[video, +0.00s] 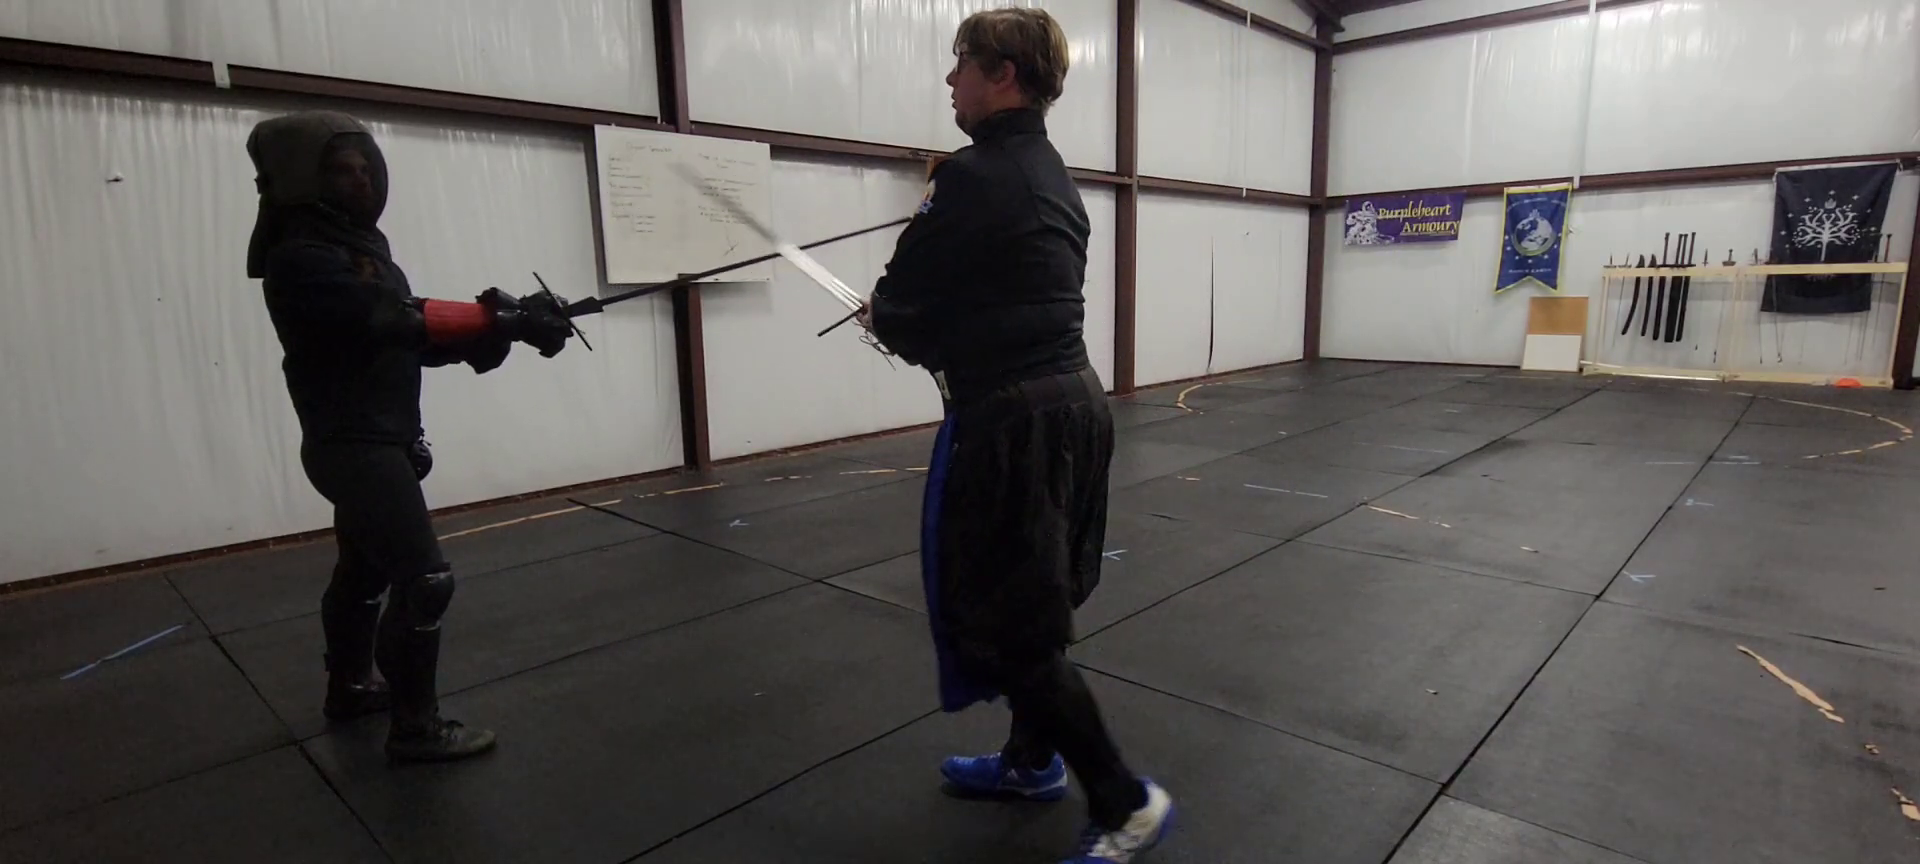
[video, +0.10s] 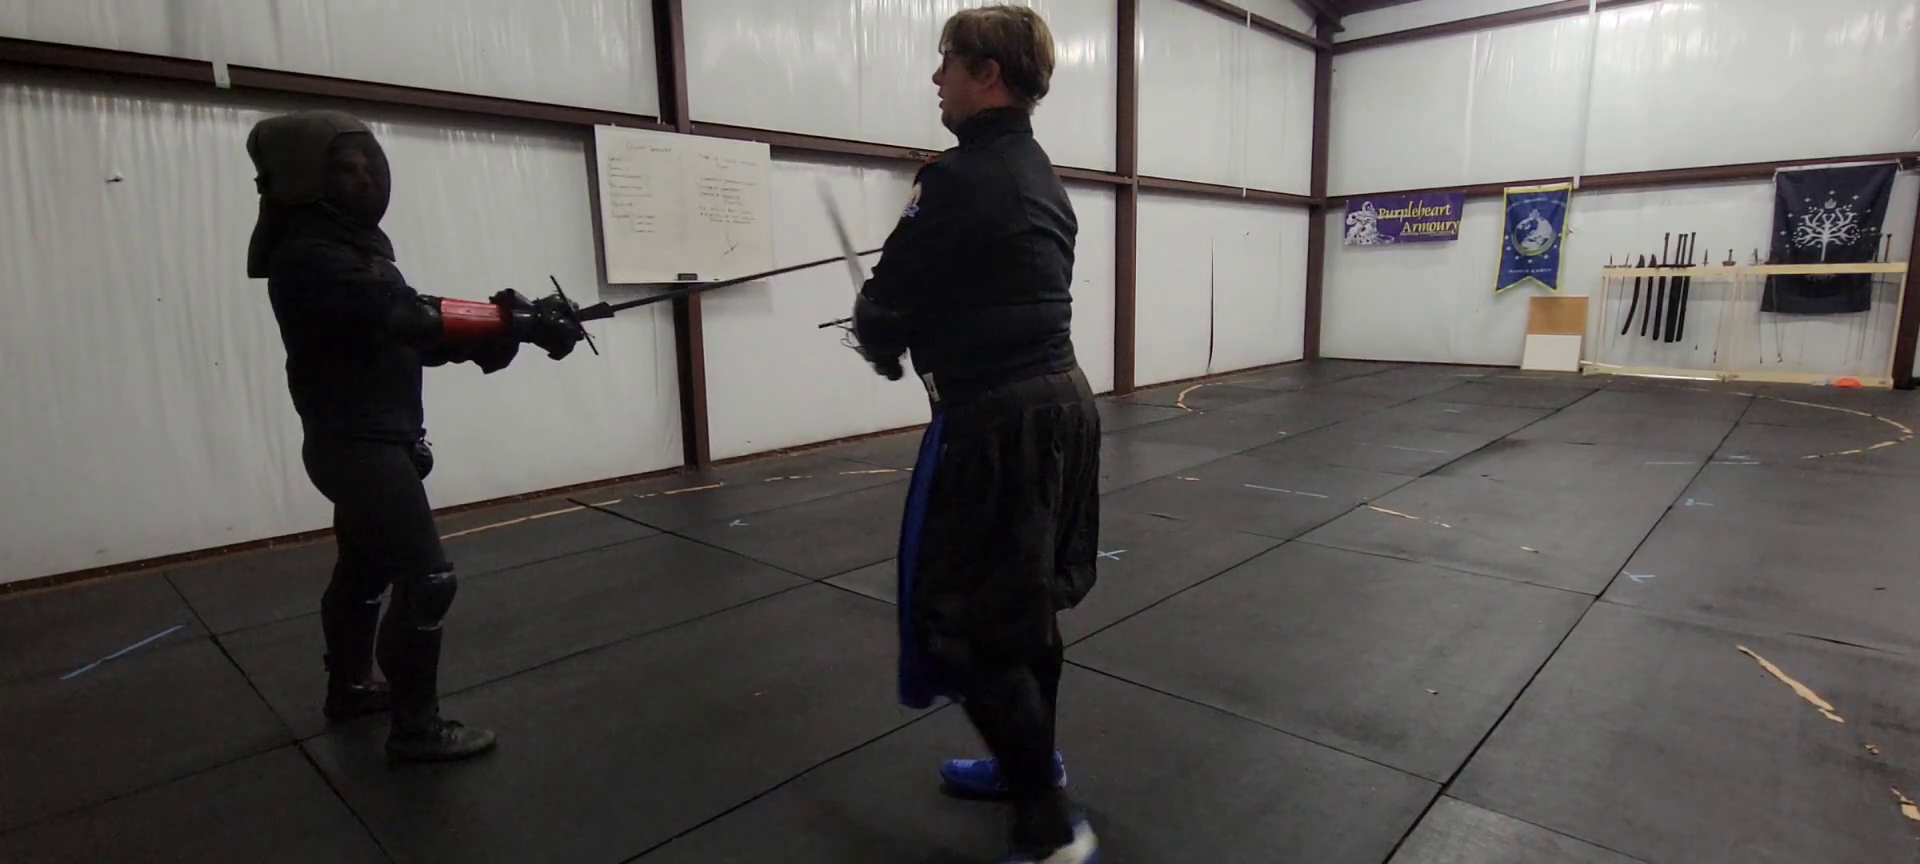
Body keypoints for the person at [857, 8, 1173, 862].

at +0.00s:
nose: (949, 79)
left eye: (963, 66)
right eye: (955, 65)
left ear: (1007, 79)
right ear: (1024, 83)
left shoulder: (972, 177)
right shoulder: (1054, 174)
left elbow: (899, 307)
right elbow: (1017, 292)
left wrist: (886, 314)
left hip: (1008, 420)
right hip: (1074, 402)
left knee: (1017, 620)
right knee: (1032, 591)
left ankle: (1126, 802)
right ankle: (1030, 761)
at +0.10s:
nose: (935, 76)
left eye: (948, 63)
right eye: (940, 62)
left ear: (989, 76)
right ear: (1006, 82)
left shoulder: (959, 181)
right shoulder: (1042, 175)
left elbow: (888, 305)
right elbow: (1006, 288)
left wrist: (881, 340)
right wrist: (915, 318)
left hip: (994, 424)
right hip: (1065, 406)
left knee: (970, 609)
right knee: (1027, 593)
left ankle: (1049, 827)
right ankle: (1022, 759)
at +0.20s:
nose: (918, 77)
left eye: (930, 64)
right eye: (923, 63)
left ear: (971, 76)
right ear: (989, 82)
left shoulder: (944, 182)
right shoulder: (1026, 176)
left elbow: (872, 301)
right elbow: (987, 290)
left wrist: (852, 333)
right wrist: (891, 318)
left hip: (980, 426)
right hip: (1053, 407)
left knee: (941, 623)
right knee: (1014, 593)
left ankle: (954, 833)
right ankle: (1031, 761)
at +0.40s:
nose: (885, 84)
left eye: (893, 69)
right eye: (888, 68)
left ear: (932, 75)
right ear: (961, 81)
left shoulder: (905, 182)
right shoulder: (995, 174)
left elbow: (825, 303)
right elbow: (910, 273)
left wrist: (762, 315)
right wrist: (798, 289)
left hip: (934, 433)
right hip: (1027, 417)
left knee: (861, 639)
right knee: (988, 602)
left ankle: (842, 845)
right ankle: (1024, 760)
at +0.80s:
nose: (773, 63)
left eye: (776, 44)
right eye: (774, 45)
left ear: (801, 45)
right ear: (874, 50)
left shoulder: (762, 166)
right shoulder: (930, 144)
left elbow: (730, 288)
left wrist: (720, 212)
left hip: (852, 441)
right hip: (982, 419)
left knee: (825, 696)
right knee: (1032, 690)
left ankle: (836, 857)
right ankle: (1087, 850)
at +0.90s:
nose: (770, 68)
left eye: (771, 47)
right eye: (771, 48)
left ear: (793, 46)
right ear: (875, 47)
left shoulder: (746, 176)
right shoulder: (936, 146)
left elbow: (741, 314)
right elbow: (949, 273)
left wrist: (849, 278)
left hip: (843, 450)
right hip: (979, 428)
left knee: (817, 703)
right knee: (1029, 705)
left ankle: (835, 855)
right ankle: (1088, 848)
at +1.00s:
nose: (774, 71)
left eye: (773, 51)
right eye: (773, 51)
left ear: (794, 49)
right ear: (880, 48)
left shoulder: (745, 189)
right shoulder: (955, 153)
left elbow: (760, 337)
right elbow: (965, 290)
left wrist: (832, 414)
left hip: (848, 467)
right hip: (985, 444)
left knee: (813, 711)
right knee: (1034, 722)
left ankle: (834, 854)